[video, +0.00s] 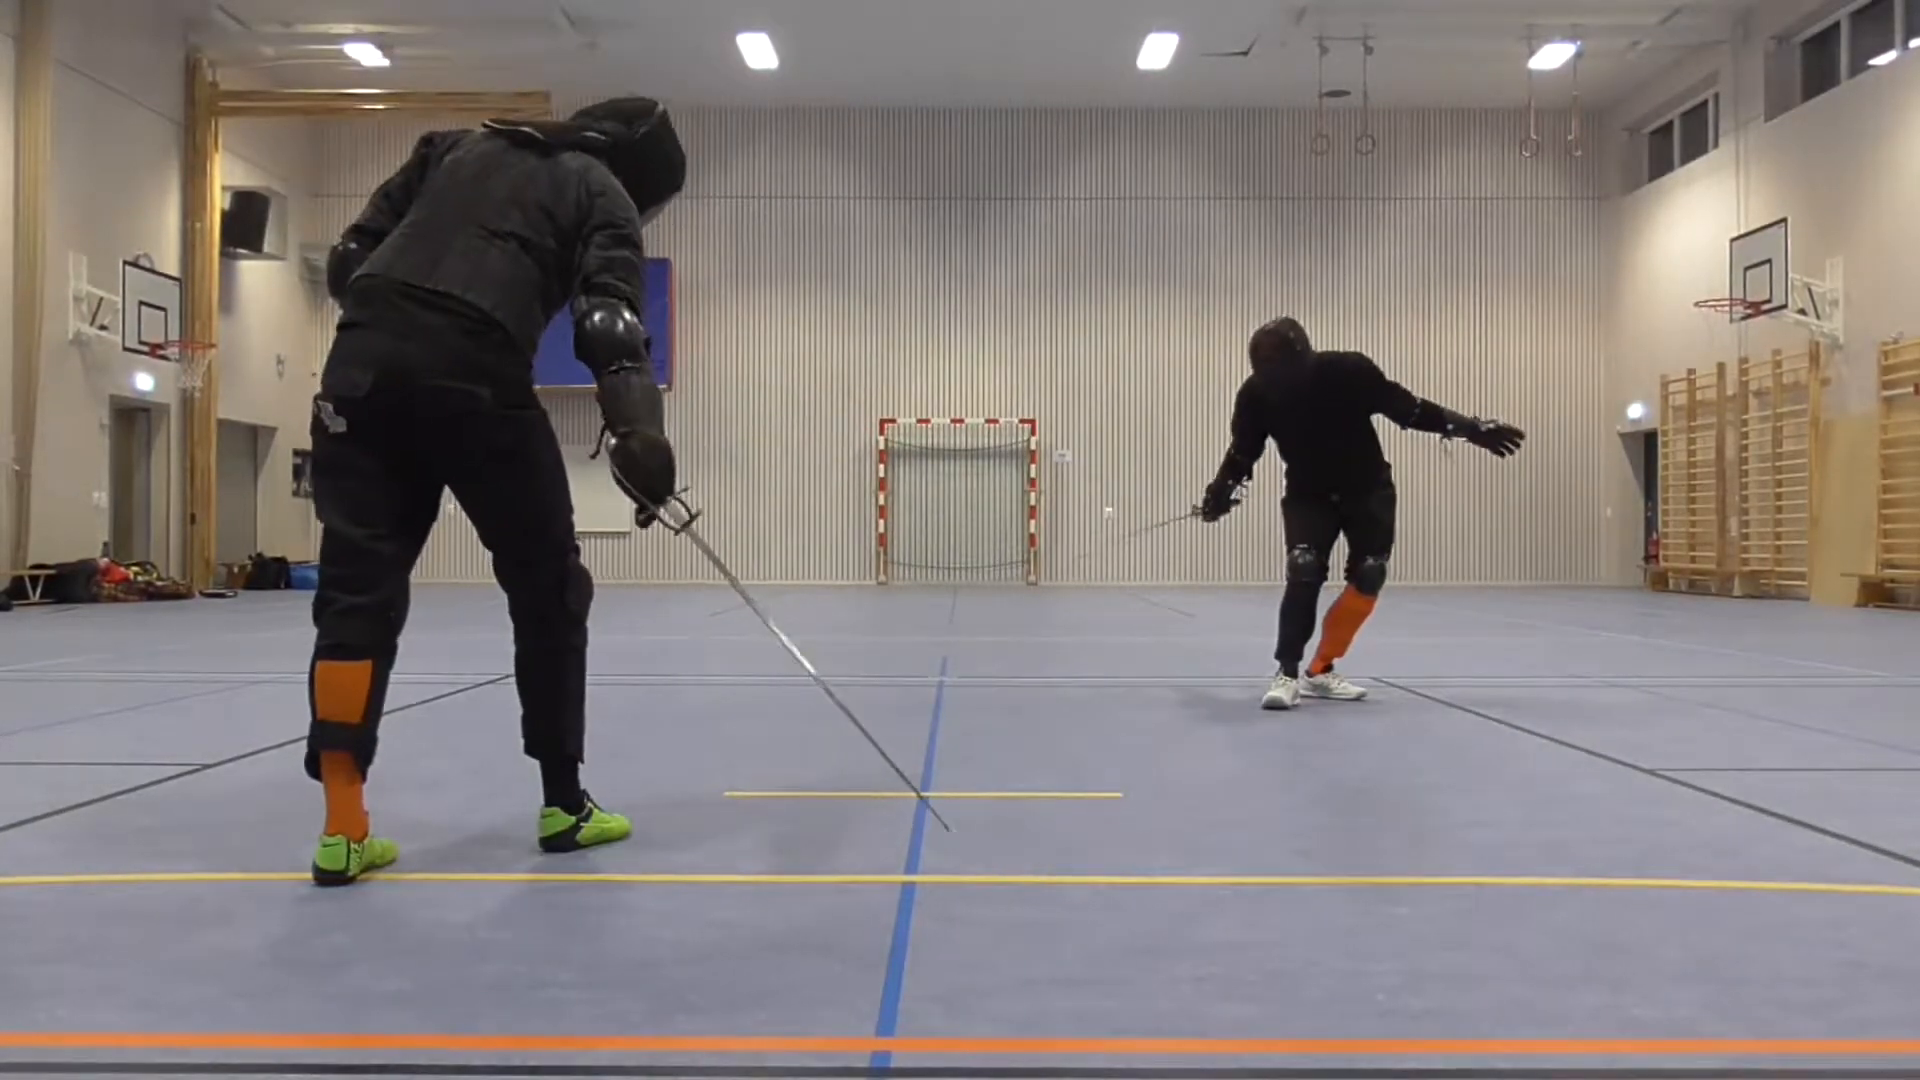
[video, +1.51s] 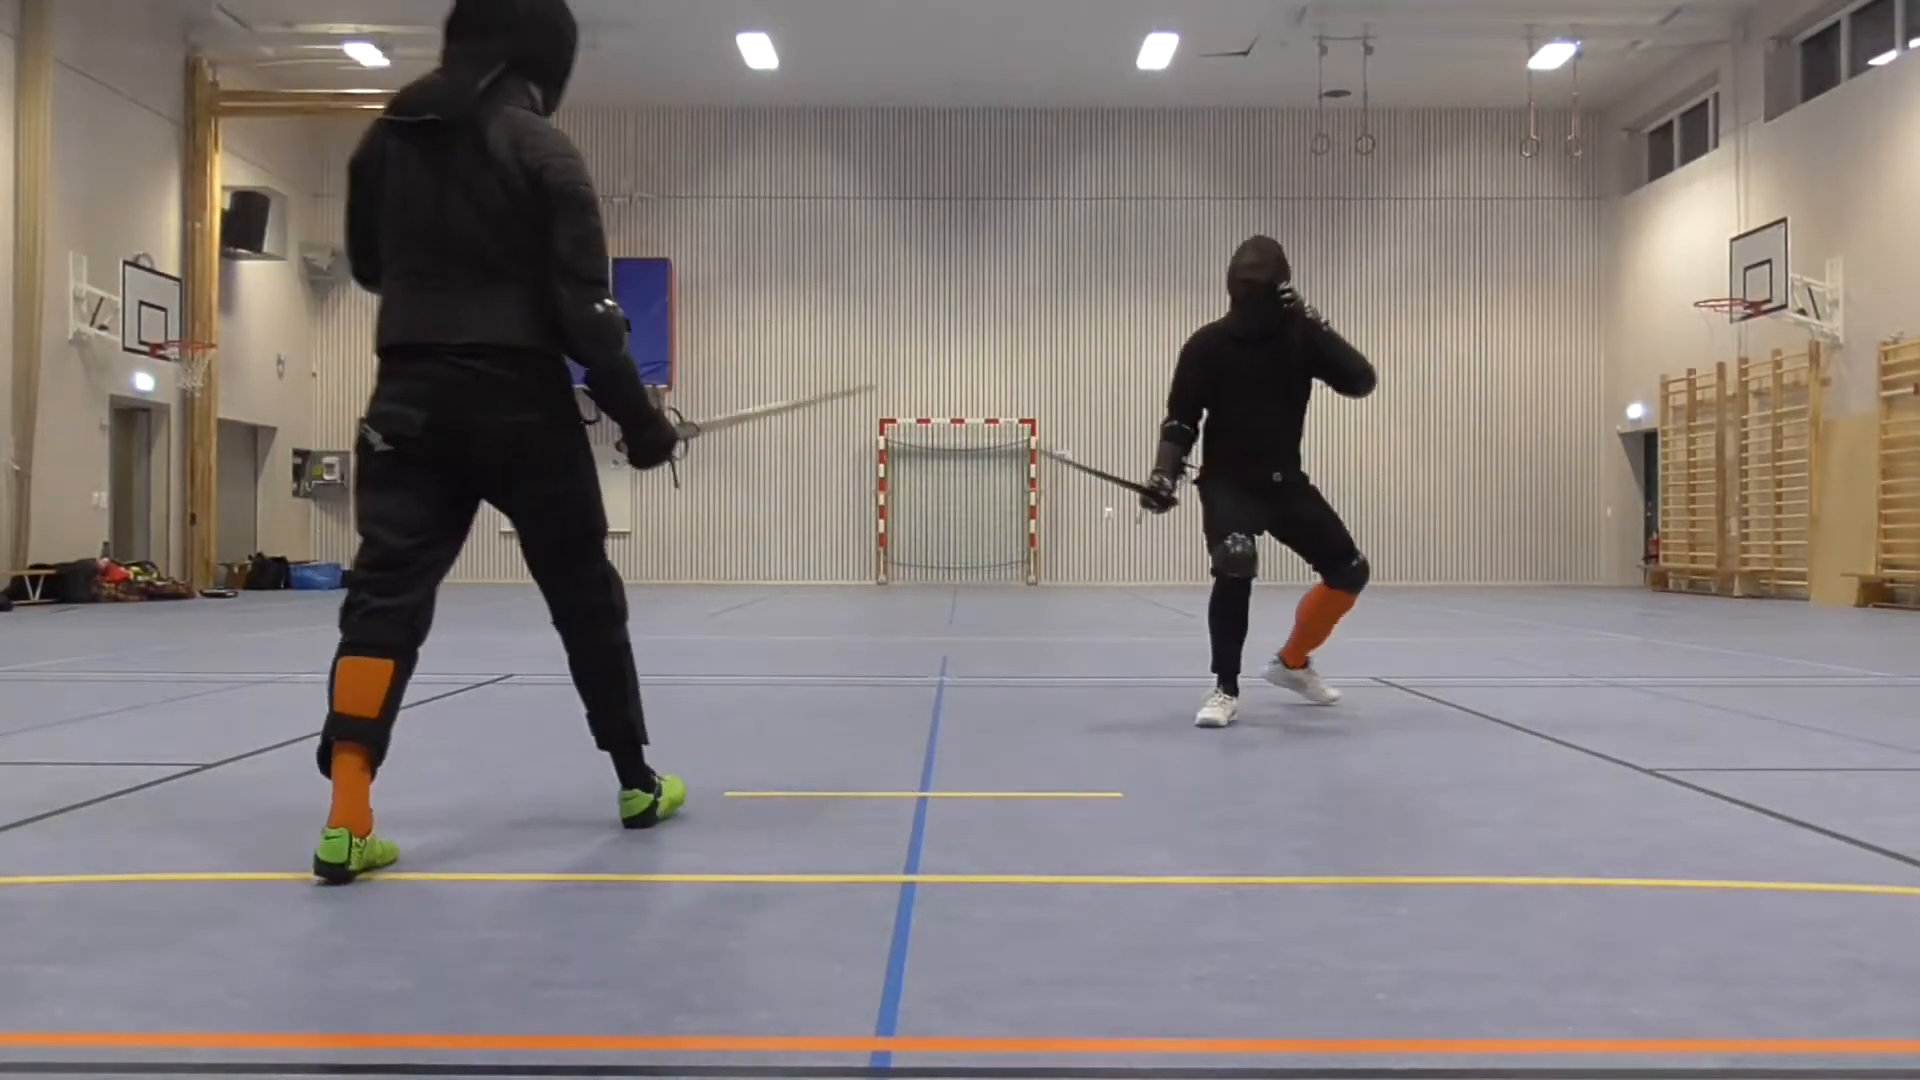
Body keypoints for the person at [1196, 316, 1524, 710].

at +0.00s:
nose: (1267, 379)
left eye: (1273, 368)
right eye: (1261, 370)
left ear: (1298, 355)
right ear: (1256, 366)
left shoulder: (1349, 372)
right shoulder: (1257, 396)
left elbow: (1411, 410)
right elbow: (1243, 451)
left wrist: (1474, 428)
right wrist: (1220, 492)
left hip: (1367, 489)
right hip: (1308, 494)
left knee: (1369, 577)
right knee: (1304, 572)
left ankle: (1320, 670)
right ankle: (1286, 673)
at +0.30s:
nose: (1292, 317)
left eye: (1297, 305)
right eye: (1288, 307)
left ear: (1307, 301)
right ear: (1322, 294)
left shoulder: (1362, 342)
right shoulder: (1268, 356)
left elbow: (1429, 371)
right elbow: (1209, 402)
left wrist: (1491, 392)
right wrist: (1163, 445)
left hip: (1367, 478)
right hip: (1309, 482)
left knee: (1361, 576)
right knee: (1304, 571)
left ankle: (1319, 670)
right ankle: (1287, 673)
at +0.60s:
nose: (1321, 287)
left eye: (1322, 278)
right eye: (1320, 278)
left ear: (1293, 281)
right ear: (1339, 279)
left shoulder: (1366, 329)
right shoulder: (1277, 338)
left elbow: (1434, 361)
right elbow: (1227, 389)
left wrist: (1437, 333)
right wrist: (1198, 377)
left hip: (1358, 473)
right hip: (1304, 473)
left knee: (1359, 572)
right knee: (1302, 558)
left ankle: (1318, 673)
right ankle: (1283, 674)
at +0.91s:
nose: (1320, 287)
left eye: (1327, 278)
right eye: (1314, 278)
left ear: (1337, 280)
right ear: (1298, 279)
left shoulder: (1363, 330)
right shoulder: (1277, 337)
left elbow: (1427, 352)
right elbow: (1252, 398)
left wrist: (1388, 299)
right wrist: (1234, 418)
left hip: (1351, 467)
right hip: (1297, 466)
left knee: (1361, 570)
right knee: (1294, 549)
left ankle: (1319, 670)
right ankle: (1268, 654)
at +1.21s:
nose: (1296, 292)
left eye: (1306, 283)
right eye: (1289, 281)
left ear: (1323, 285)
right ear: (1274, 283)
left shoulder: (1341, 335)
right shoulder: (1252, 347)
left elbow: (1404, 354)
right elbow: (1236, 422)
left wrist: (1357, 298)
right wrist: (1230, 477)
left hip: (1329, 474)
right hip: (1275, 475)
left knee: (1354, 582)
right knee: (1273, 559)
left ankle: (1319, 674)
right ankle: (1241, 668)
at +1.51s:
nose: (1251, 293)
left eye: (1262, 283)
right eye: (1243, 283)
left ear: (1282, 285)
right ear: (1230, 286)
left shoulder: (1300, 337)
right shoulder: (1206, 347)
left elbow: (1362, 381)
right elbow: (1181, 420)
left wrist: (1312, 326)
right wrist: (1164, 473)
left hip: (1283, 479)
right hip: (1226, 482)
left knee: (1348, 573)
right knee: (1235, 565)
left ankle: (1292, 662)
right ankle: (1225, 691)